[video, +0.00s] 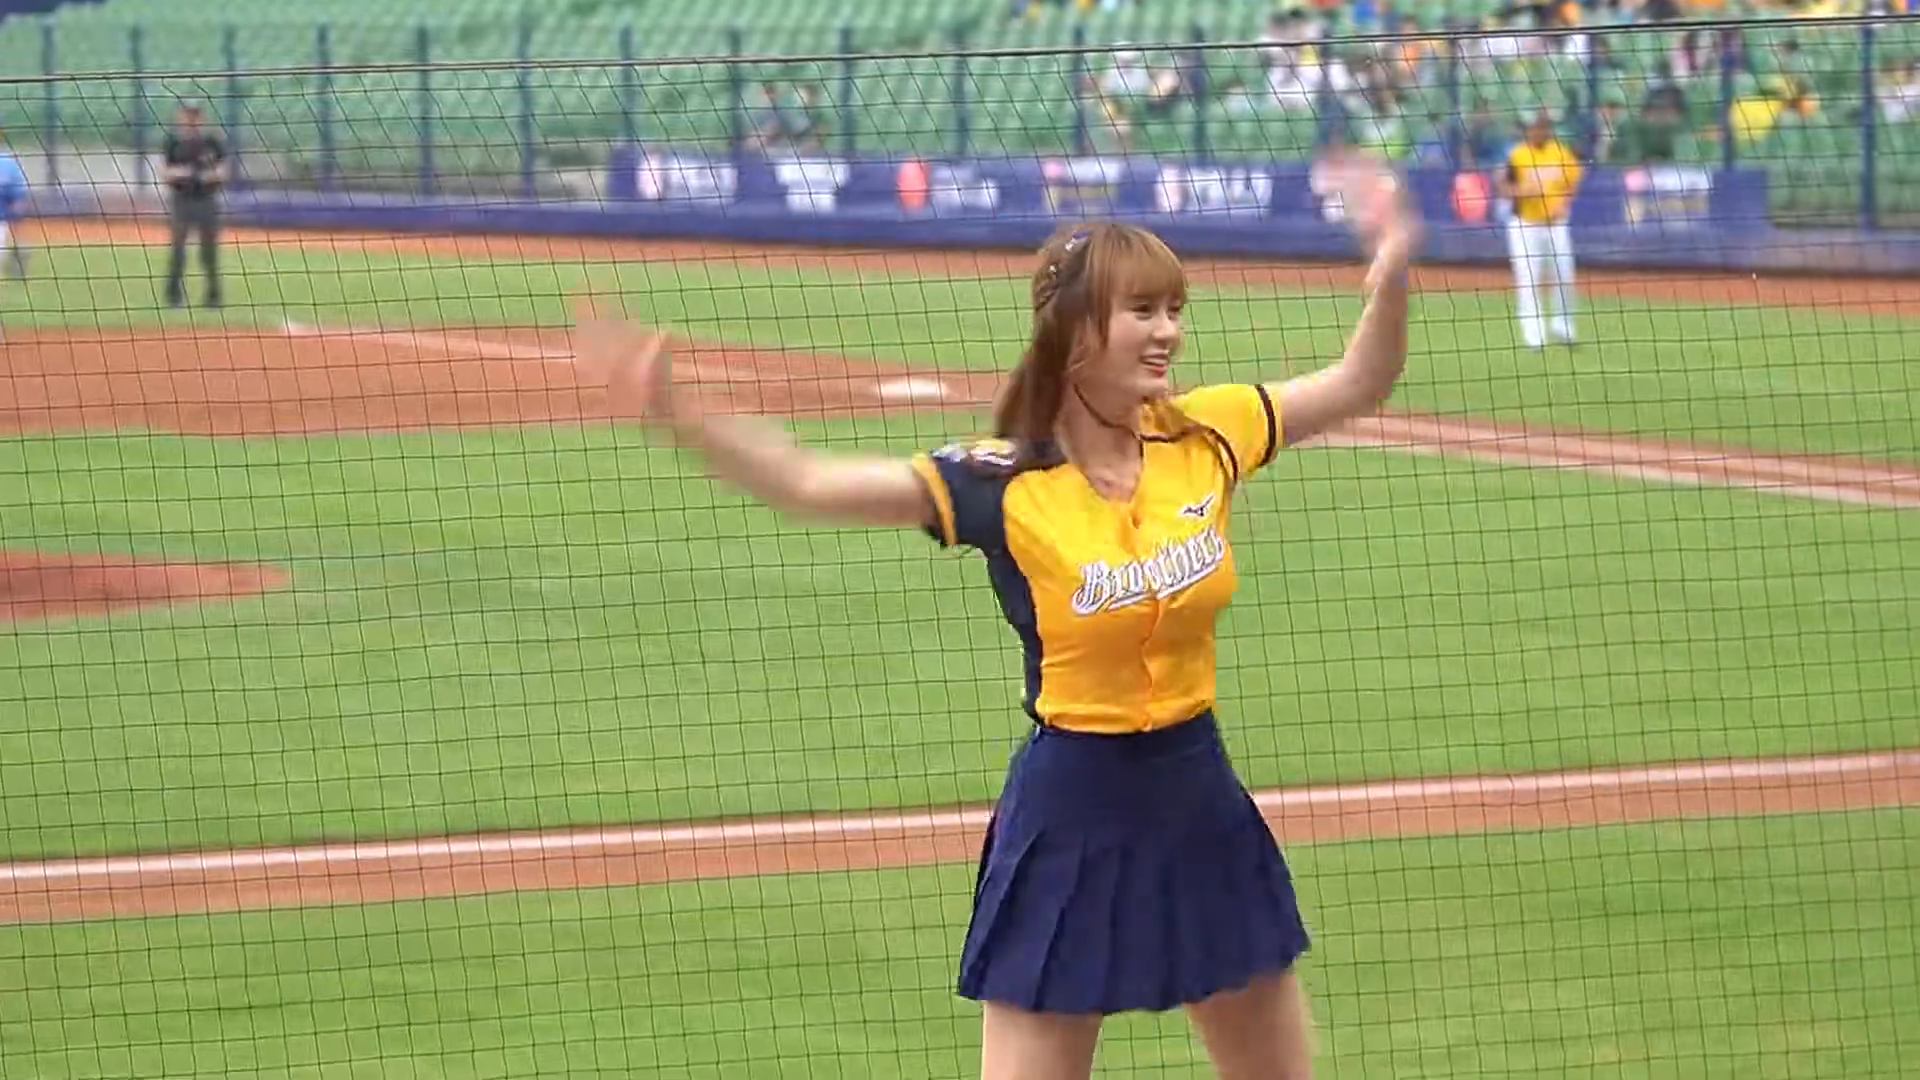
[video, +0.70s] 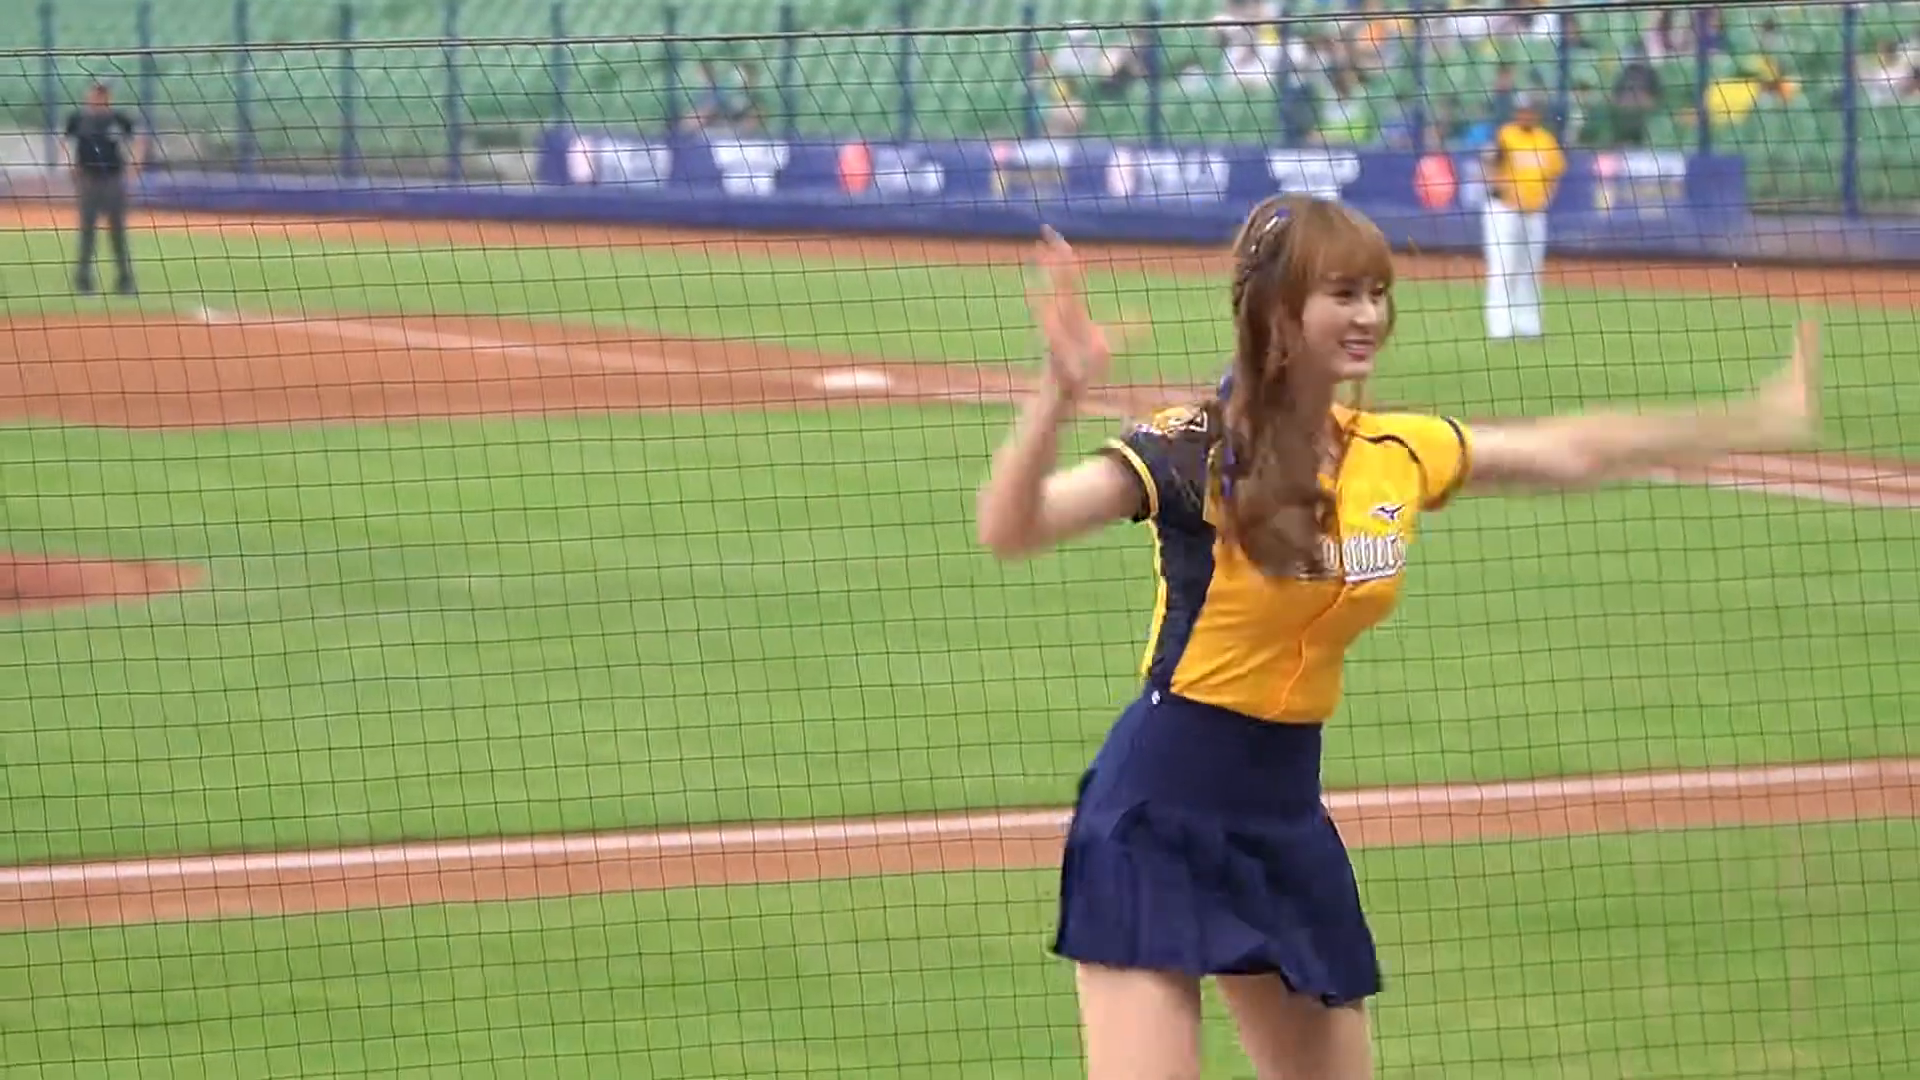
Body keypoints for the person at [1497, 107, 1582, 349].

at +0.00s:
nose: (1541, 133)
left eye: (1545, 127)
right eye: (1536, 128)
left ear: (1550, 129)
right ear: (1527, 130)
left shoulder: (1559, 152)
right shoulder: (1517, 156)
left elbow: (1575, 175)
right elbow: (1503, 186)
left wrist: (1563, 202)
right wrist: (1530, 190)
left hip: (1555, 221)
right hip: (1525, 223)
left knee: (1563, 275)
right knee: (1528, 279)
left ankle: (1562, 324)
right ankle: (1532, 330)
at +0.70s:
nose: (1526, 117)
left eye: (1530, 112)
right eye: (1521, 111)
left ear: (1538, 114)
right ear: (1515, 113)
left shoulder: (1545, 139)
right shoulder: (1505, 136)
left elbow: (1558, 169)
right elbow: (1489, 168)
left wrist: (1546, 197)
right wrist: (1505, 193)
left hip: (1534, 210)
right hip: (1504, 209)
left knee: (1530, 268)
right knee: (1504, 267)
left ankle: (1528, 321)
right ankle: (1501, 323)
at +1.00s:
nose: (1501, 115)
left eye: (1507, 110)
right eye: (1498, 109)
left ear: (1516, 113)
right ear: (1491, 111)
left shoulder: (1520, 140)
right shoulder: (1480, 131)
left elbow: (1526, 170)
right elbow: (1461, 161)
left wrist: (1516, 197)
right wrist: (1474, 187)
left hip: (1503, 209)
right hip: (1472, 205)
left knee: (1495, 265)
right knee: (1470, 262)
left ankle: (1493, 320)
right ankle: (1464, 320)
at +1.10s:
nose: (1492, 113)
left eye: (1496, 108)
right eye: (1488, 107)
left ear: (1503, 111)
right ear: (1480, 109)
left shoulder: (1509, 139)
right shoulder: (1468, 131)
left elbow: (1511, 172)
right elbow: (1454, 169)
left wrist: (1502, 197)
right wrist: (1479, 190)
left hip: (1488, 207)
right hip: (1457, 203)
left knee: (1480, 263)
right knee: (1452, 259)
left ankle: (1475, 318)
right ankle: (1446, 317)